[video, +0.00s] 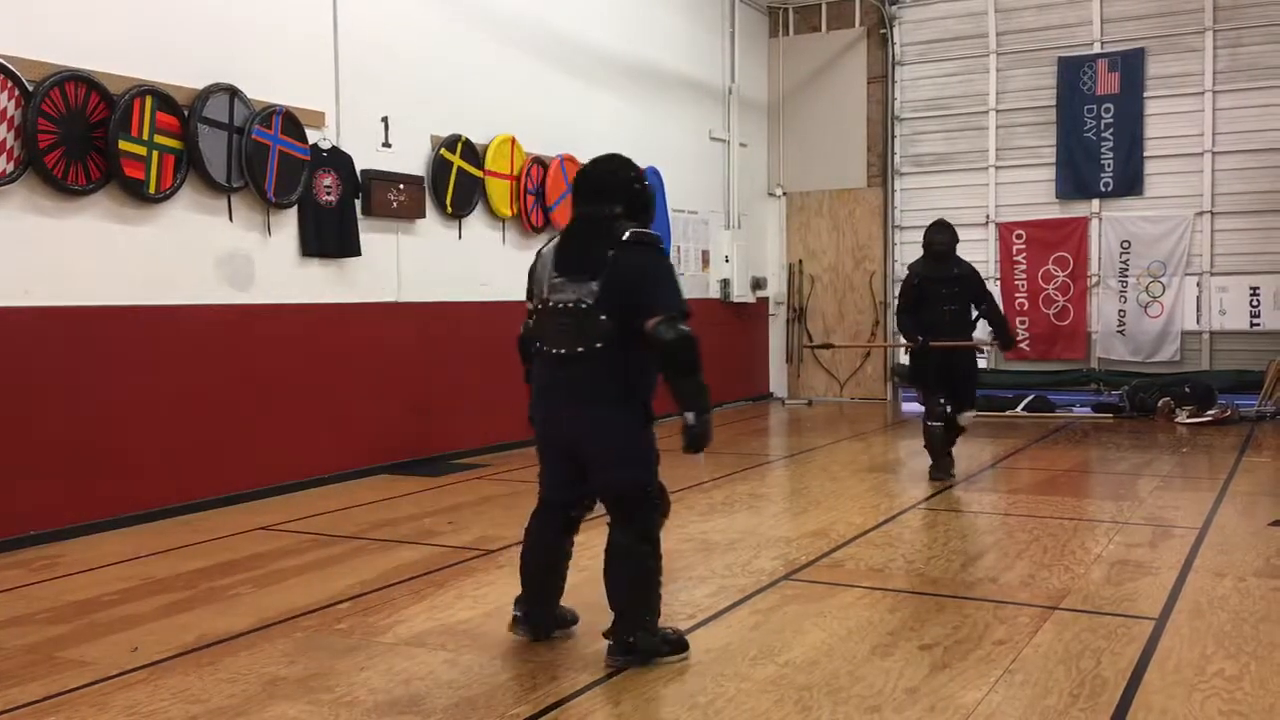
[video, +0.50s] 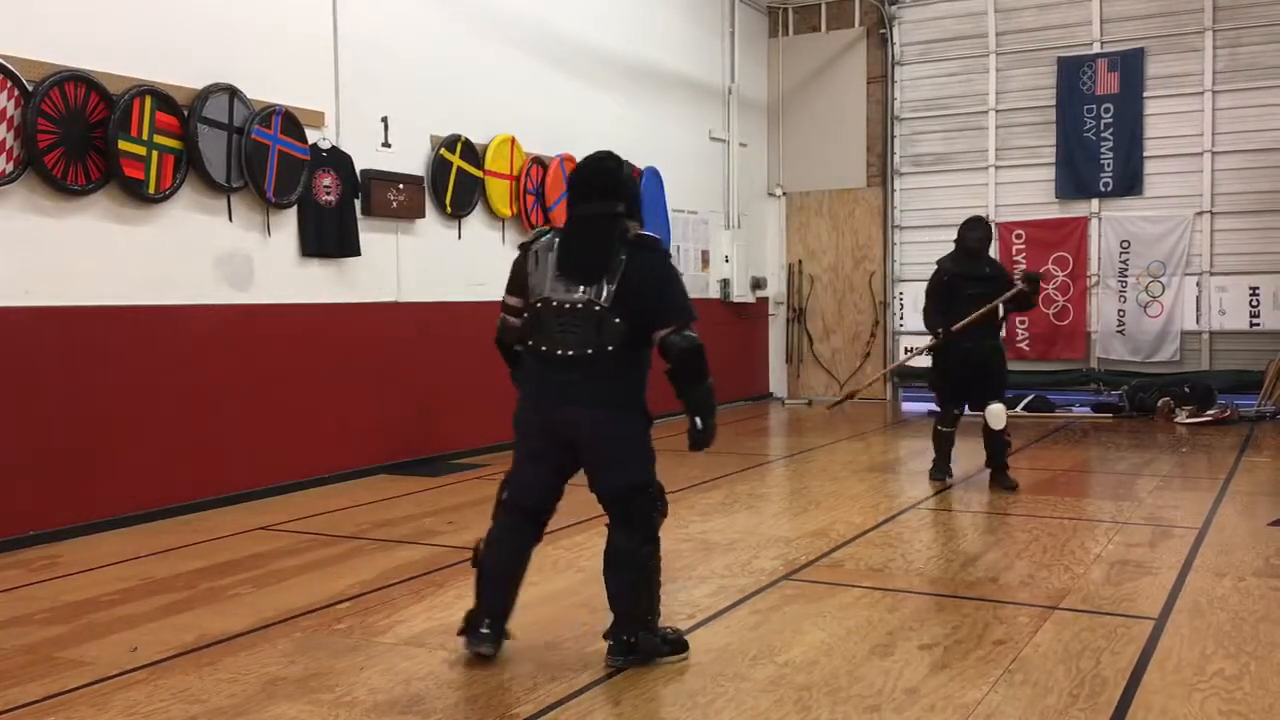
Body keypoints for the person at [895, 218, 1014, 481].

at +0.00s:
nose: (942, 251)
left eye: (947, 245)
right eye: (937, 245)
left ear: (955, 244)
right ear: (927, 244)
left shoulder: (965, 272)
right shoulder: (917, 273)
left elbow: (987, 305)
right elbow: (903, 313)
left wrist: (1005, 335)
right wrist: (913, 337)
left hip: (960, 350)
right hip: (928, 351)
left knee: (964, 410)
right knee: (935, 407)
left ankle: (944, 448)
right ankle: (939, 465)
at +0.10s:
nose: (949, 245)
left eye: (953, 239)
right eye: (944, 239)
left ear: (960, 240)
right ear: (934, 239)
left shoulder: (968, 270)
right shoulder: (920, 270)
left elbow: (986, 305)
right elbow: (907, 309)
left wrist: (1012, 330)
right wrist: (915, 332)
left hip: (964, 347)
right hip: (930, 347)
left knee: (976, 406)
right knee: (936, 405)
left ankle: (954, 443)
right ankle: (938, 463)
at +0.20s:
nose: (953, 247)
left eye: (958, 241)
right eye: (948, 241)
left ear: (965, 241)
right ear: (937, 239)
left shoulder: (971, 269)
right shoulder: (924, 269)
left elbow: (989, 303)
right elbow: (909, 311)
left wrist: (1015, 312)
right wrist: (920, 329)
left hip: (968, 345)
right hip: (934, 346)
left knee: (982, 405)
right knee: (937, 406)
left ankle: (971, 458)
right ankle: (939, 465)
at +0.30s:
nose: (960, 250)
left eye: (965, 244)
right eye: (954, 244)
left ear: (972, 242)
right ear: (944, 241)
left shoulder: (978, 270)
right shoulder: (930, 272)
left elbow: (993, 299)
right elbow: (917, 310)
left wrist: (1013, 298)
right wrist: (924, 328)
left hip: (972, 349)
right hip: (938, 350)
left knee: (983, 407)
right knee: (938, 409)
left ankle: (992, 467)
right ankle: (938, 465)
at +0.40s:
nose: (967, 250)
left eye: (973, 244)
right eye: (963, 243)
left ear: (981, 243)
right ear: (951, 239)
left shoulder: (986, 271)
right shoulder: (938, 272)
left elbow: (1007, 304)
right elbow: (923, 309)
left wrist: (1018, 291)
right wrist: (929, 328)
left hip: (978, 351)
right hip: (943, 350)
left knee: (987, 409)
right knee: (942, 409)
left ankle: (997, 469)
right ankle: (939, 464)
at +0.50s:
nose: (978, 247)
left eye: (983, 242)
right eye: (973, 241)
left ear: (990, 241)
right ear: (961, 238)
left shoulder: (996, 271)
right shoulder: (946, 270)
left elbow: (1016, 303)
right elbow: (932, 308)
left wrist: (1030, 292)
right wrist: (937, 328)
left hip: (988, 352)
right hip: (953, 351)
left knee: (995, 411)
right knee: (949, 411)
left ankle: (999, 472)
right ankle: (941, 464)